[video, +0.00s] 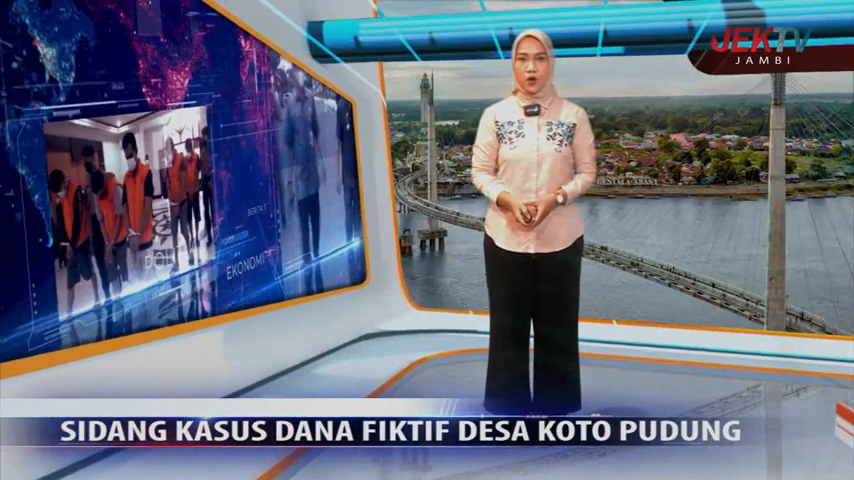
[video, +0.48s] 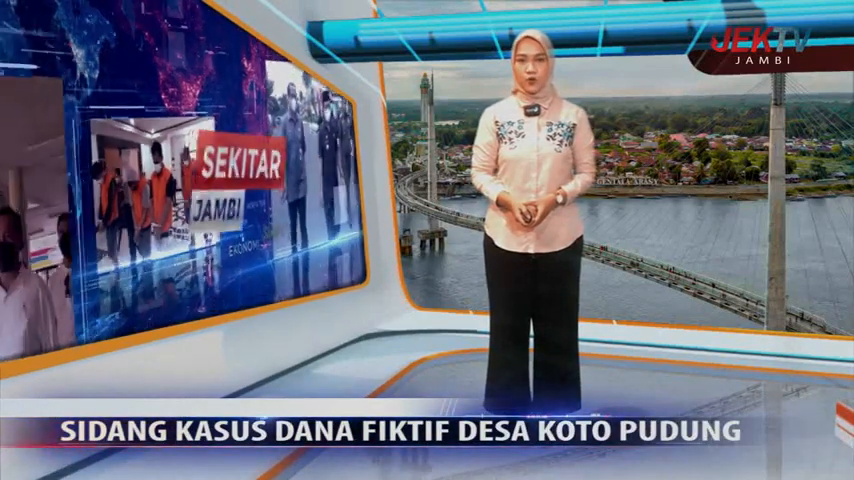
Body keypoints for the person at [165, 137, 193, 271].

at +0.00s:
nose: (168, 150)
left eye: (169, 147)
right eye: (166, 148)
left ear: (173, 147)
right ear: (166, 149)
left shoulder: (180, 159)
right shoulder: (168, 162)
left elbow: (184, 179)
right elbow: (168, 180)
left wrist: (183, 195)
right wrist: (169, 195)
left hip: (183, 199)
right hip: (173, 200)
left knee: (184, 229)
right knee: (174, 231)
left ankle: (190, 254)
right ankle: (176, 261)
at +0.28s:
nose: (178, 151)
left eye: (180, 149)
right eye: (178, 149)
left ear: (182, 150)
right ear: (176, 150)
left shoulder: (189, 164)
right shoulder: (176, 165)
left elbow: (190, 179)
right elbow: (176, 179)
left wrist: (188, 192)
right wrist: (177, 191)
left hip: (187, 196)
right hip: (180, 196)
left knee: (187, 222)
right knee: (183, 222)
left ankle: (188, 248)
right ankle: (187, 247)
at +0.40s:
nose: (182, 157)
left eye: (183, 155)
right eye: (181, 155)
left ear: (186, 154)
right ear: (179, 155)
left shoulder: (192, 166)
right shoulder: (179, 166)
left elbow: (195, 181)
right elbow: (179, 180)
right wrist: (181, 194)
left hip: (191, 197)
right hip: (183, 198)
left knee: (189, 223)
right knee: (187, 222)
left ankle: (190, 243)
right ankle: (190, 243)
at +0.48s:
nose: (184, 158)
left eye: (185, 155)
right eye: (182, 156)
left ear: (189, 155)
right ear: (181, 157)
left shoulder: (193, 166)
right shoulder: (183, 168)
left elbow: (195, 181)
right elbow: (183, 183)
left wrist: (193, 196)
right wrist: (185, 197)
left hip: (194, 196)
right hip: (187, 197)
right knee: (189, 221)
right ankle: (192, 240)